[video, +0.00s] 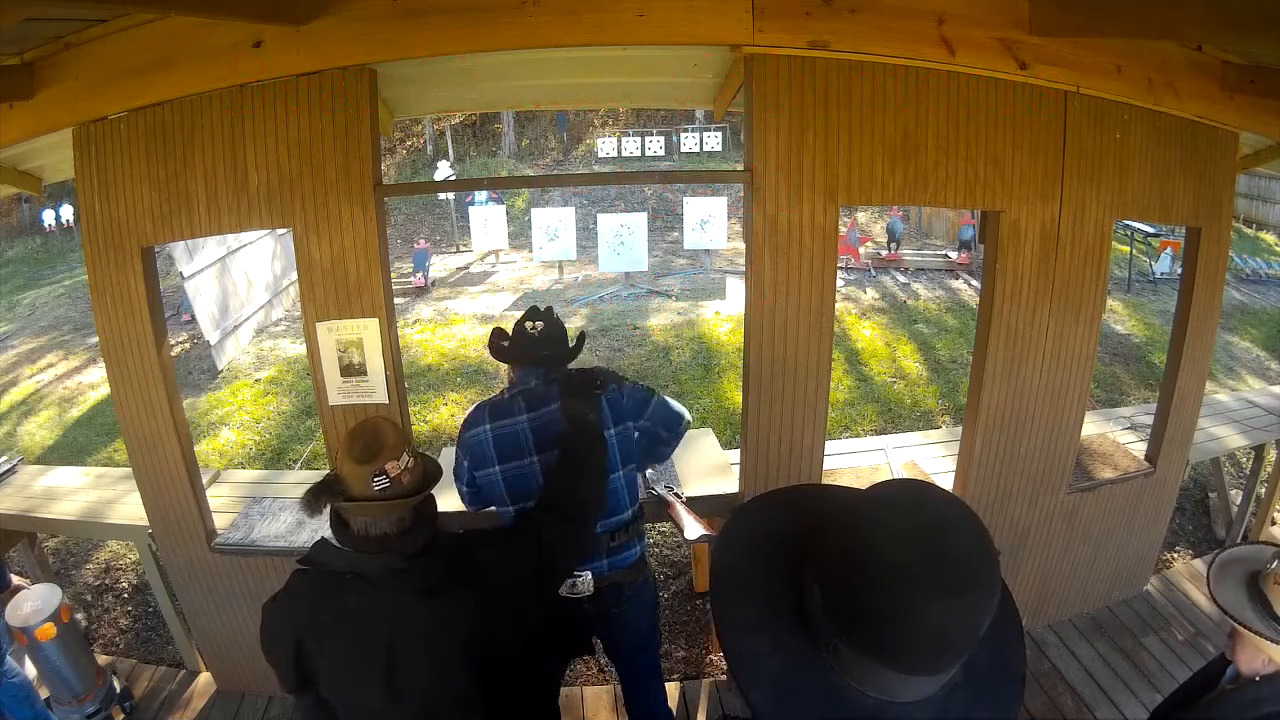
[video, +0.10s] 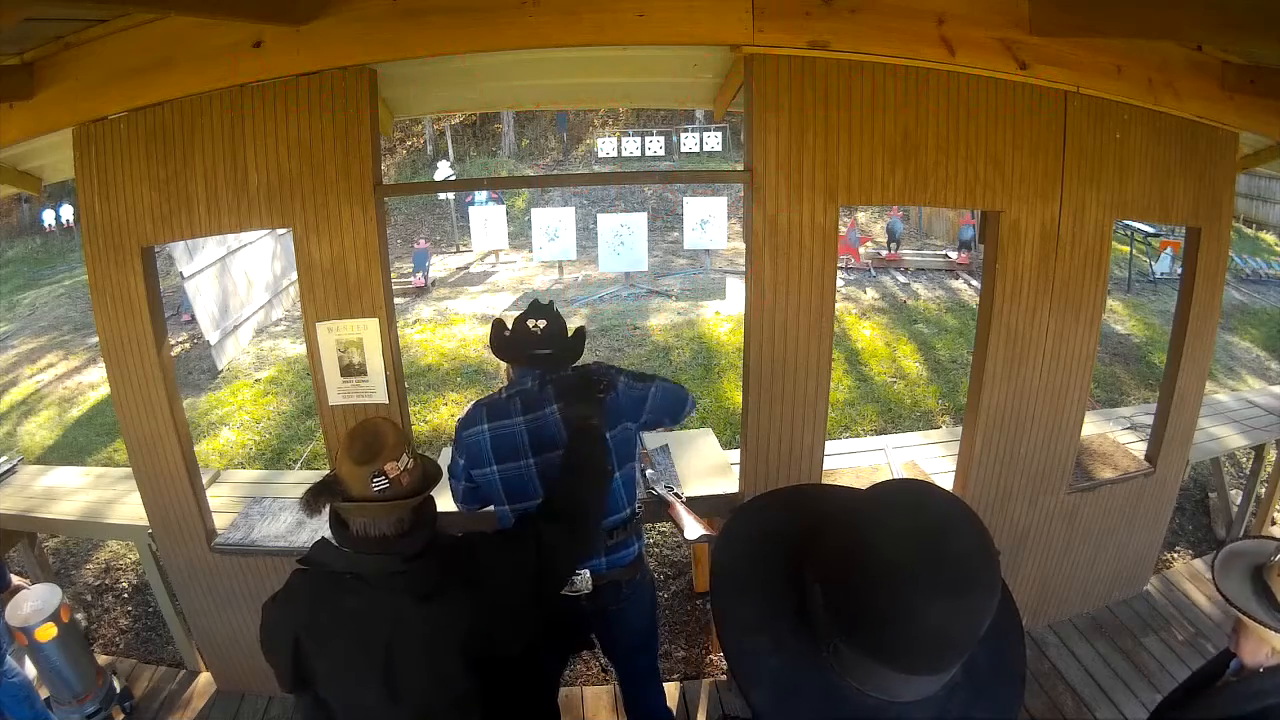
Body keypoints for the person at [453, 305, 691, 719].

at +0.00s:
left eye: (512, 358)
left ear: (510, 363)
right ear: (563, 355)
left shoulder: (479, 424)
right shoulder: (607, 391)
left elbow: (473, 499)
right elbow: (673, 421)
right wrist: (625, 460)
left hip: (537, 590)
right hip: (624, 580)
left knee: (539, 698)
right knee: (646, 691)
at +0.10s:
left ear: (508, 356)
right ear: (567, 348)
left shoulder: (476, 424)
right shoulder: (606, 387)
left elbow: (465, 500)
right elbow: (681, 403)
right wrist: (621, 391)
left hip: (535, 590)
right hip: (621, 581)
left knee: (537, 701)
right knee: (644, 691)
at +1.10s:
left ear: (515, 342)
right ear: (577, 344)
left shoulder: (488, 393)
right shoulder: (599, 388)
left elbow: (509, 369)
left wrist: (519, 345)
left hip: (519, 582)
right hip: (598, 578)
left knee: (530, 693)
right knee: (635, 689)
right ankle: (653, 716)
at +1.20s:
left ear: (513, 341)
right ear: (577, 342)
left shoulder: (488, 394)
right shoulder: (599, 388)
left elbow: (508, 369)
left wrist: (522, 346)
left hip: (520, 582)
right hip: (598, 578)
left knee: (530, 692)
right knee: (635, 690)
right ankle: (653, 715)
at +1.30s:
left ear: (515, 342)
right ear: (577, 342)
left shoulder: (488, 393)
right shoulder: (599, 388)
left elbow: (510, 371)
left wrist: (520, 346)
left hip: (520, 582)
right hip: (598, 577)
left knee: (530, 692)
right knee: (635, 688)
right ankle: (654, 716)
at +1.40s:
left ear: (516, 341)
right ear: (577, 342)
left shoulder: (488, 393)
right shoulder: (599, 388)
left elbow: (508, 368)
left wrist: (519, 345)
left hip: (519, 582)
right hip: (597, 577)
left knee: (530, 693)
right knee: (635, 689)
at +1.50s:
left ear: (512, 340)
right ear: (576, 341)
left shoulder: (488, 394)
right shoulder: (600, 388)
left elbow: (506, 363)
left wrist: (522, 341)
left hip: (519, 582)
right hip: (597, 578)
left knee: (529, 693)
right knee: (635, 688)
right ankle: (653, 715)